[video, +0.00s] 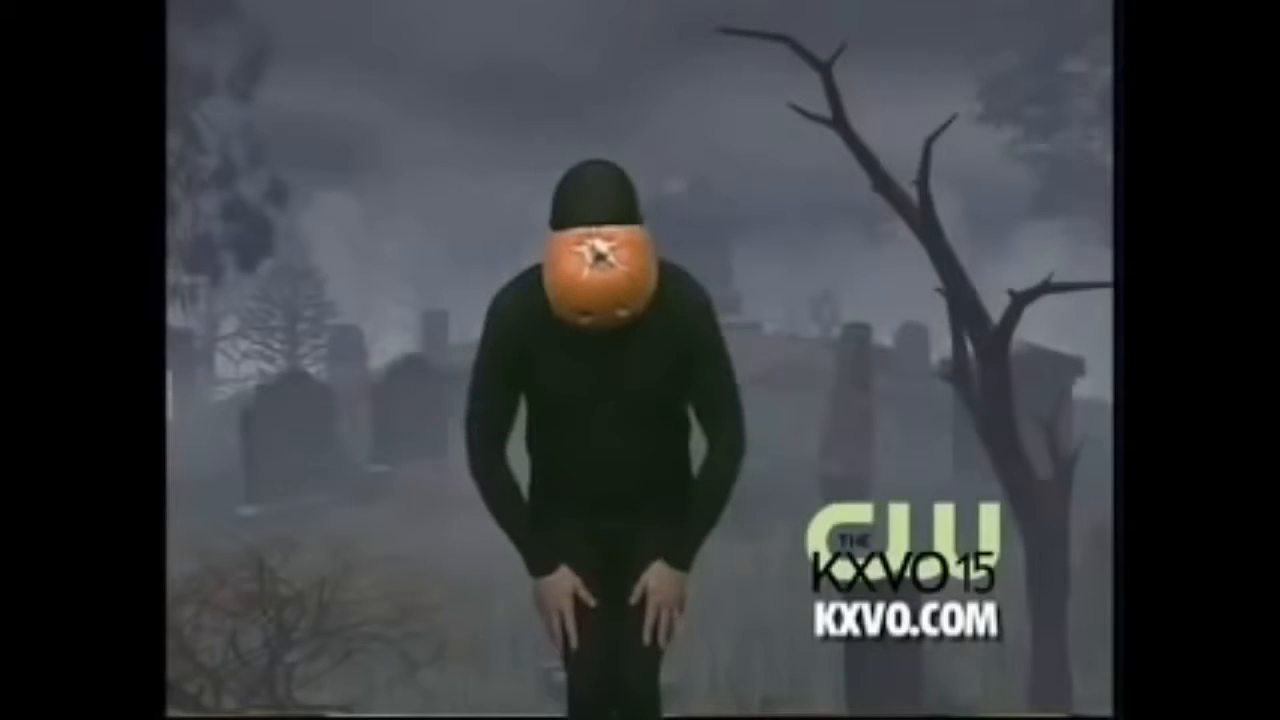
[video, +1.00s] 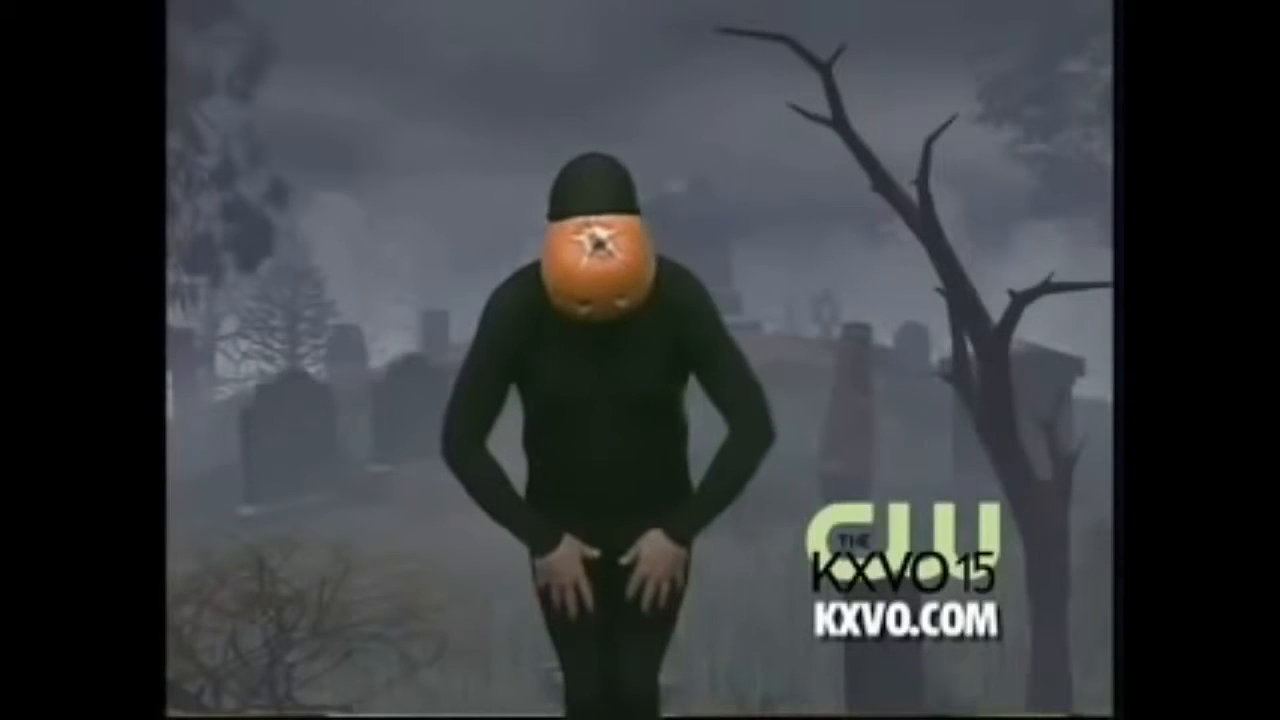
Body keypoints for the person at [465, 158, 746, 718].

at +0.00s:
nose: (598, 258)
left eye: (615, 243)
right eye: (581, 244)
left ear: (640, 239)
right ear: (555, 241)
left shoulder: (680, 303)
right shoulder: (519, 310)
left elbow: (727, 440)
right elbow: (485, 449)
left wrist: (677, 559)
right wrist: (542, 563)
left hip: (657, 507)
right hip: (564, 511)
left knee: (635, 681)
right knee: (588, 684)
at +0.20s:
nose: (598, 255)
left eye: (614, 240)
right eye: (580, 240)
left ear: (639, 237)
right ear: (554, 239)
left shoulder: (678, 302)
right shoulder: (517, 310)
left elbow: (731, 438)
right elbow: (479, 448)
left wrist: (677, 554)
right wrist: (541, 560)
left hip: (656, 507)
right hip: (563, 510)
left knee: (634, 683)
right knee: (587, 685)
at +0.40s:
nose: (596, 253)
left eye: (612, 237)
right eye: (579, 238)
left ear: (638, 235)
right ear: (553, 237)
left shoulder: (676, 301)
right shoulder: (518, 309)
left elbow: (738, 435)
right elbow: (473, 446)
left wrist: (678, 548)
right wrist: (542, 556)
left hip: (655, 510)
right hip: (563, 513)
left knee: (635, 686)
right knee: (586, 689)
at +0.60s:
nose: (596, 251)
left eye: (612, 234)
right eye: (579, 235)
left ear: (637, 233)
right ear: (553, 235)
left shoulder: (676, 300)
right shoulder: (518, 308)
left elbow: (743, 433)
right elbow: (468, 446)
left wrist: (679, 545)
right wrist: (543, 552)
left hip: (654, 511)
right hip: (561, 514)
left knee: (634, 686)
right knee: (586, 689)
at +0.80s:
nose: (596, 249)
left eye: (612, 232)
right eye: (579, 232)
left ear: (638, 232)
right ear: (553, 233)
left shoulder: (676, 299)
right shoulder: (518, 307)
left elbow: (748, 430)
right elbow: (464, 444)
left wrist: (679, 540)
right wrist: (544, 546)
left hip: (655, 514)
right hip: (561, 517)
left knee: (634, 688)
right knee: (587, 691)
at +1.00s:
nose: (597, 246)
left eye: (613, 229)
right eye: (580, 230)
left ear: (638, 230)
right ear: (553, 232)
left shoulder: (677, 298)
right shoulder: (519, 306)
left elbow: (753, 427)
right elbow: (461, 442)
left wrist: (678, 533)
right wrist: (544, 540)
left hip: (656, 520)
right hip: (560, 523)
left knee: (635, 690)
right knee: (586, 693)